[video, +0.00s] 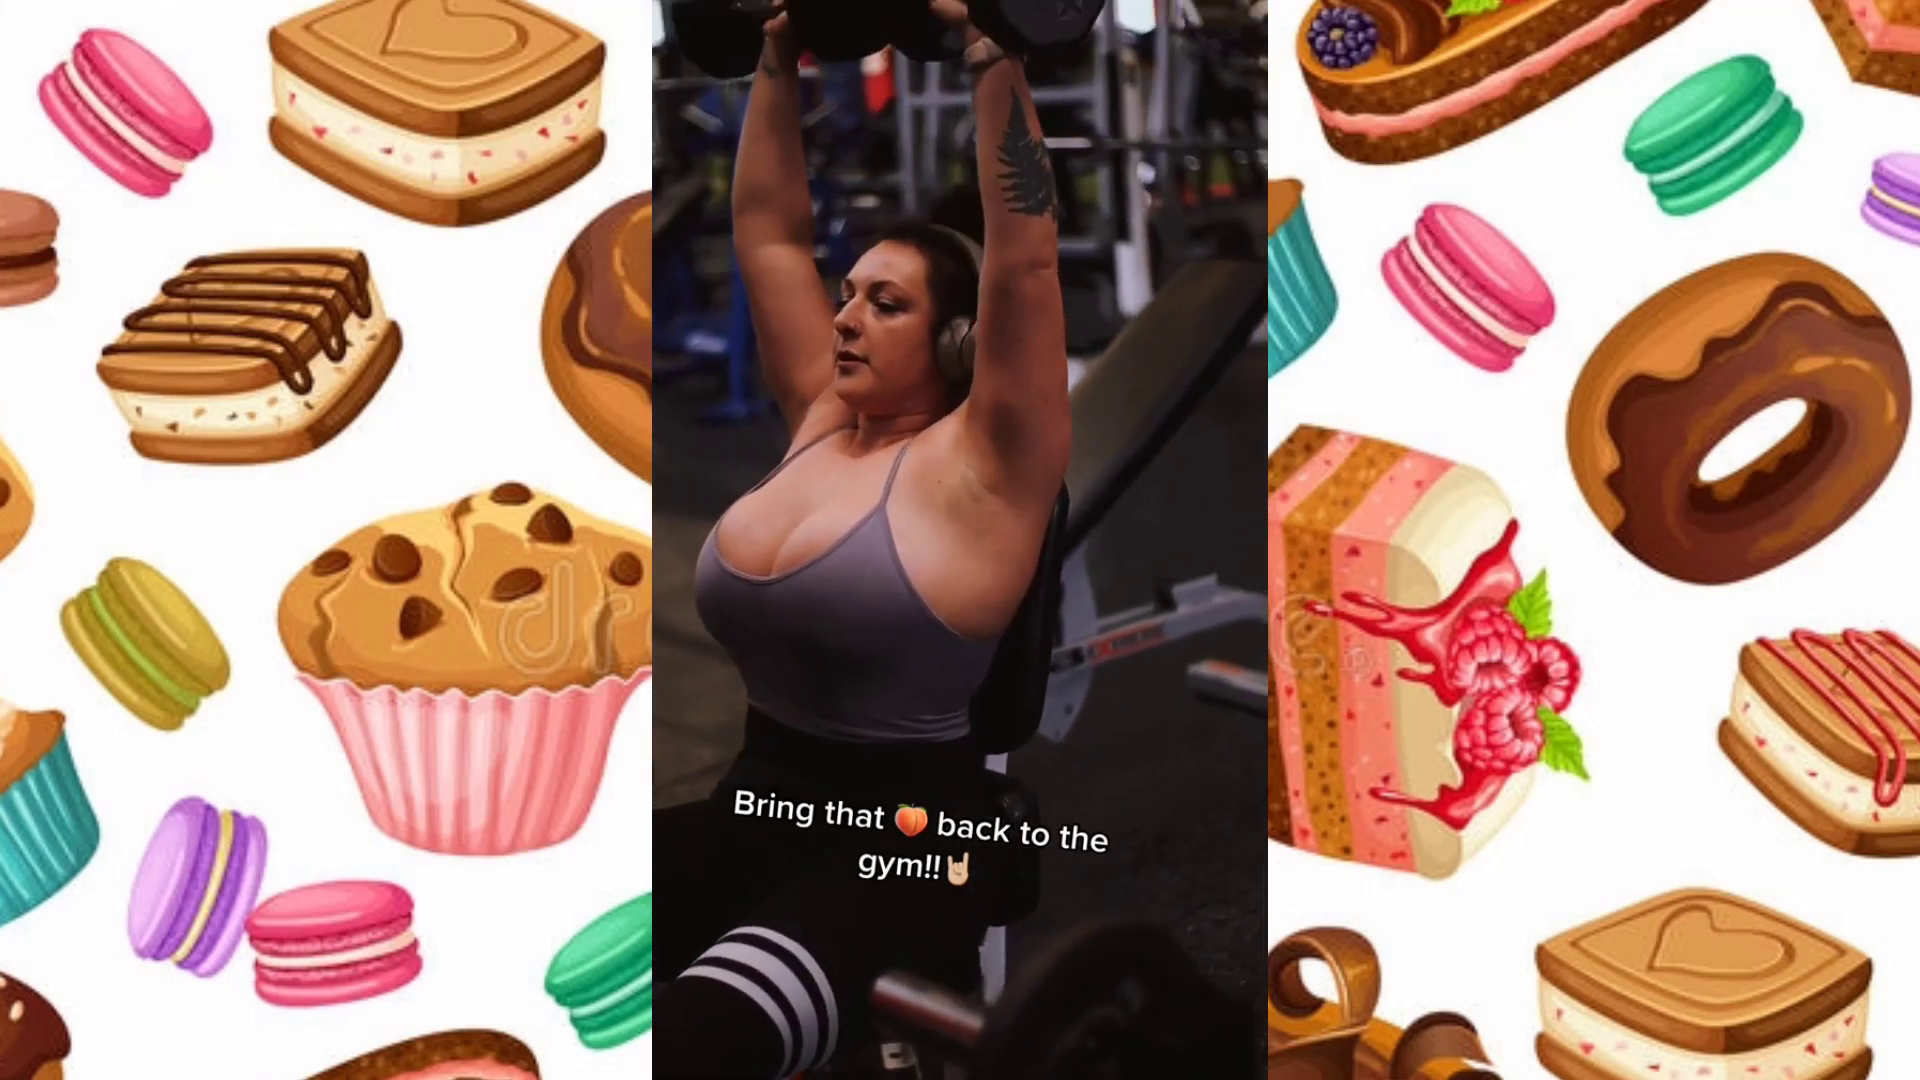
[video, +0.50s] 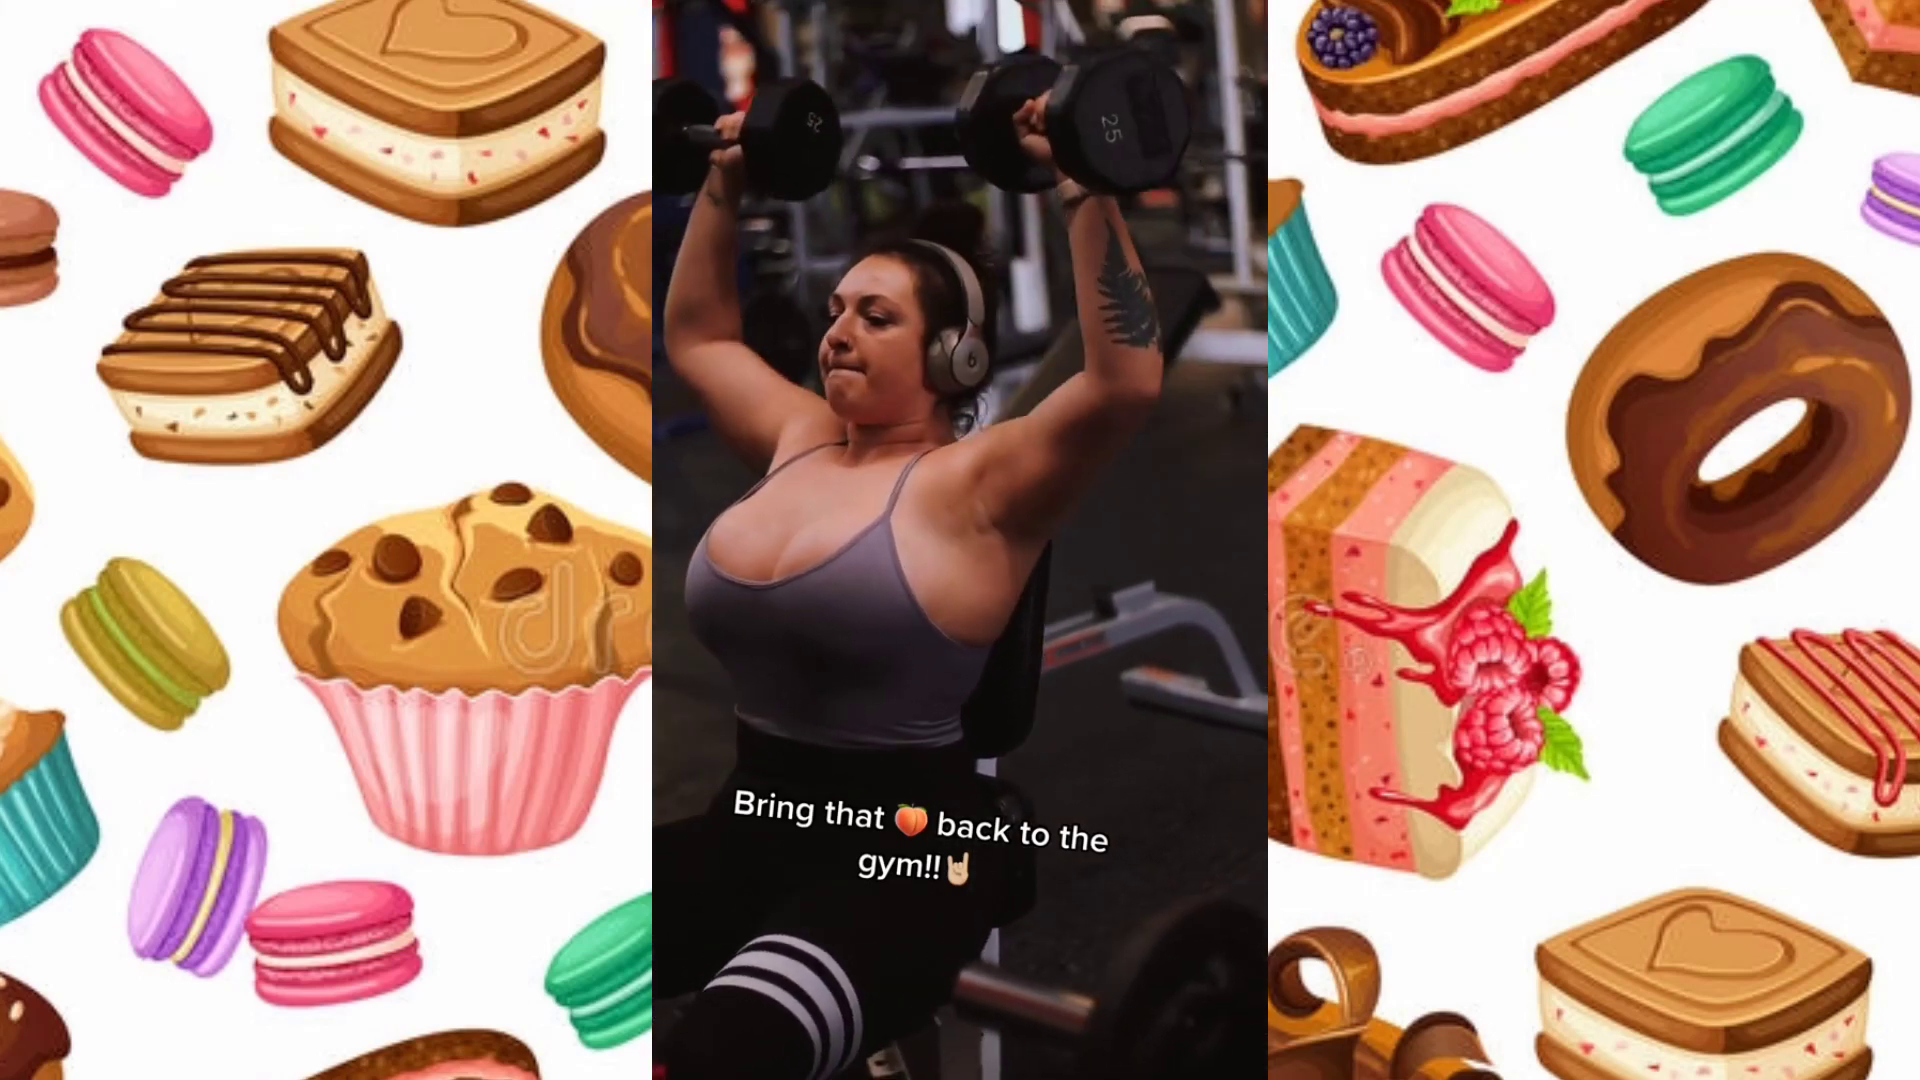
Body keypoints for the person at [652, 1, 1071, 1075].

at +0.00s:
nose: (848, 318)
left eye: (887, 303)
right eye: (851, 295)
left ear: (958, 340)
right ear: (838, 314)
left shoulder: (992, 460)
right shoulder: (826, 418)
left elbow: (1026, 260)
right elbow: (769, 231)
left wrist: (993, 54)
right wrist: (777, 48)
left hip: (897, 849)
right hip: (755, 820)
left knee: (696, 1035)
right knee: (552, 913)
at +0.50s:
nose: (839, 332)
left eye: (874, 316)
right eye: (836, 312)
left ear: (951, 351)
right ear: (826, 332)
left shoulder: (984, 485)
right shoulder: (801, 436)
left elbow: (1125, 381)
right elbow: (697, 333)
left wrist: (1082, 182)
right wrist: (720, 191)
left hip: (904, 851)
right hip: (756, 826)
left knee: (720, 1046)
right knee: (551, 944)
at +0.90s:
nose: (843, 340)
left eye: (880, 323)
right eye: (840, 320)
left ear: (950, 359)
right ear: (825, 337)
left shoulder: (987, 493)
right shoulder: (802, 457)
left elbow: (1176, 533)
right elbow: (694, 449)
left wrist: (1148, 346)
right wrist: (707, 316)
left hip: (909, 840)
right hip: (762, 817)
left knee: (742, 1031)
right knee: (562, 919)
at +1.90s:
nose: (900, 386)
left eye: (932, 373)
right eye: (896, 369)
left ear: (992, 410)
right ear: (884, 390)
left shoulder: (1021, 515)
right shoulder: (852, 481)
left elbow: (1118, 379)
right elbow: (766, 351)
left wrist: (1072, 218)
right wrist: (775, 208)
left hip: (958, 841)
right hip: (822, 823)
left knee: (827, 1013)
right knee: (612, 935)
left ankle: (927, 1055)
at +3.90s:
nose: (857, 429)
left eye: (889, 414)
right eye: (852, 412)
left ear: (954, 445)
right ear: (838, 429)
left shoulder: (985, 566)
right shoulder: (812, 531)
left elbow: (1150, 528)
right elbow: (710, 485)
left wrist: (1096, 369)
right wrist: (736, 358)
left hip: (921, 879)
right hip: (783, 860)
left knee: (790, 1045)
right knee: (596, 972)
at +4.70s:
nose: (862, 383)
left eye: (895, 366)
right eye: (857, 362)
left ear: (964, 396)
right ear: (845, 379)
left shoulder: (998, 522)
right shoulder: (814, 486)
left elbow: (1167, 507)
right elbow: (701, 449)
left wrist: (1117, 341)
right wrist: (731, 311)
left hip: (933, 854)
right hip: (786, 834)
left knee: (787, 1031)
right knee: (587, 947)